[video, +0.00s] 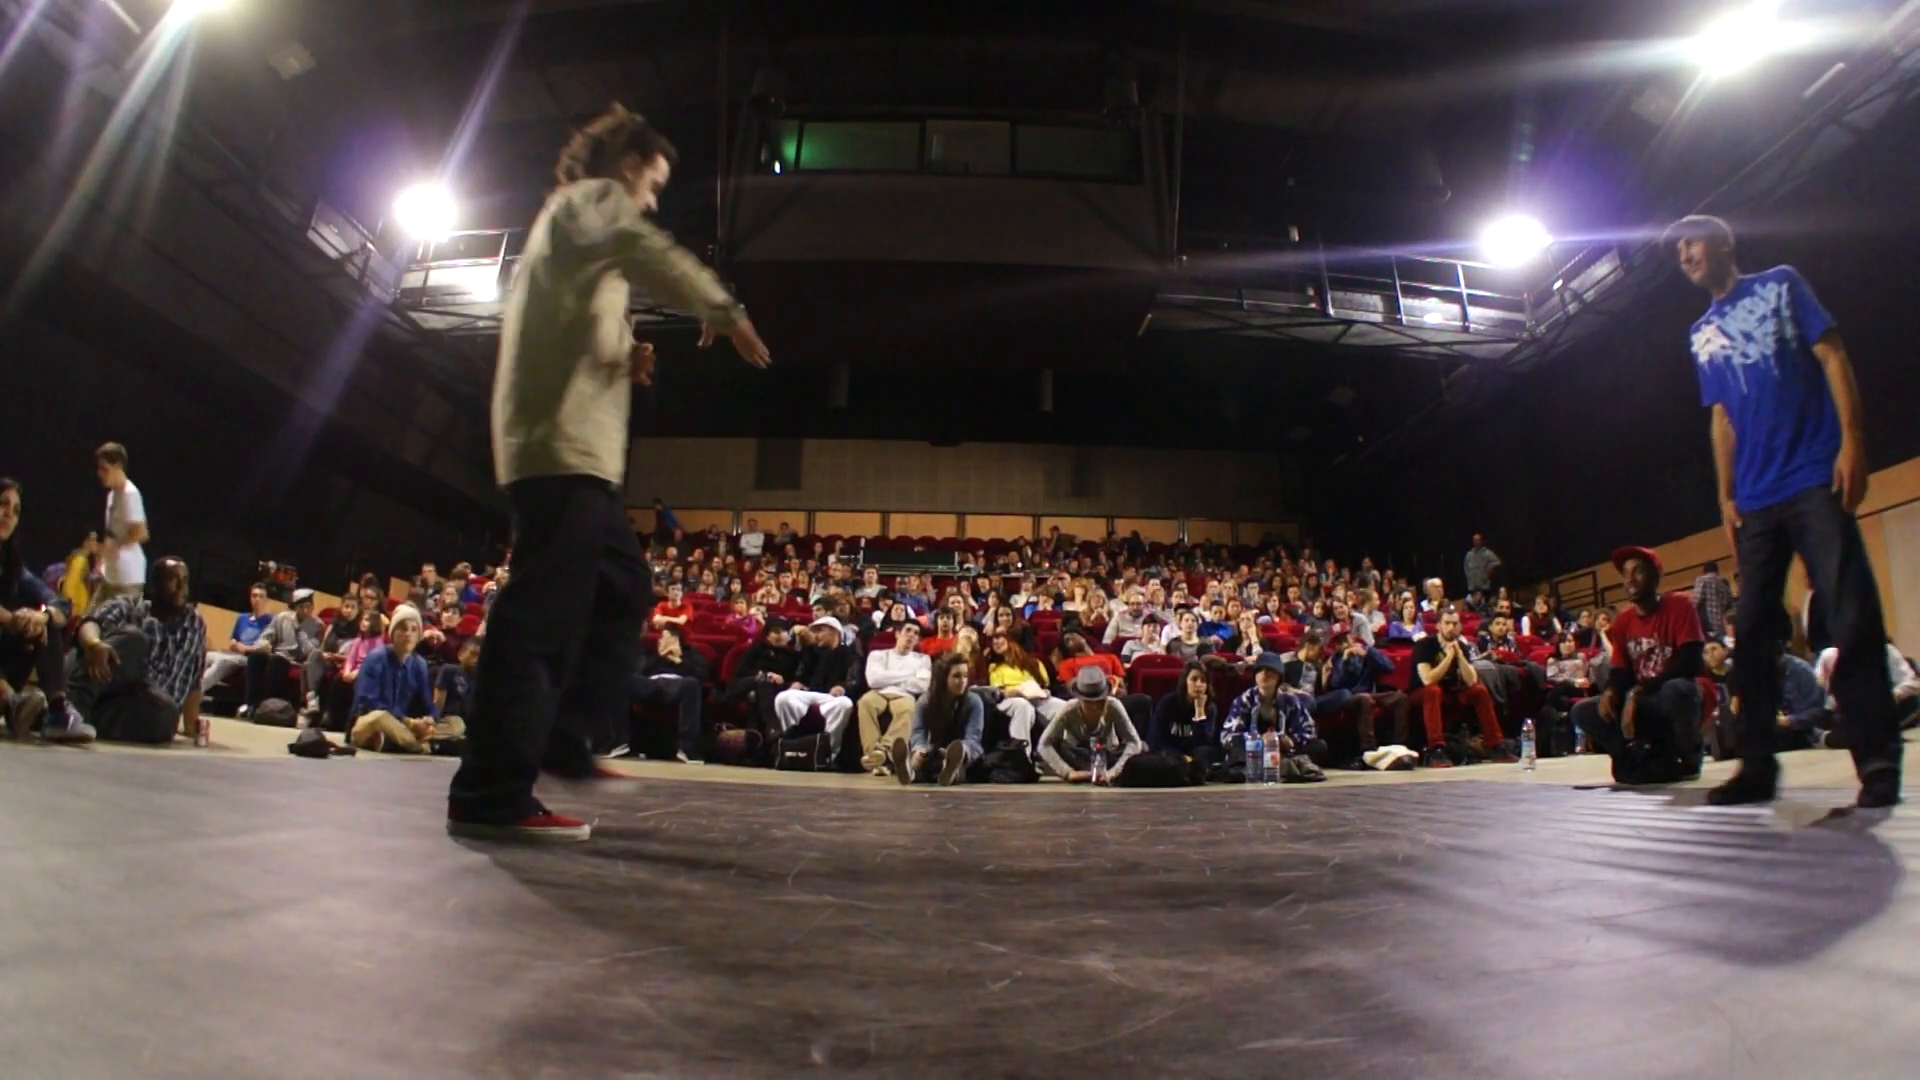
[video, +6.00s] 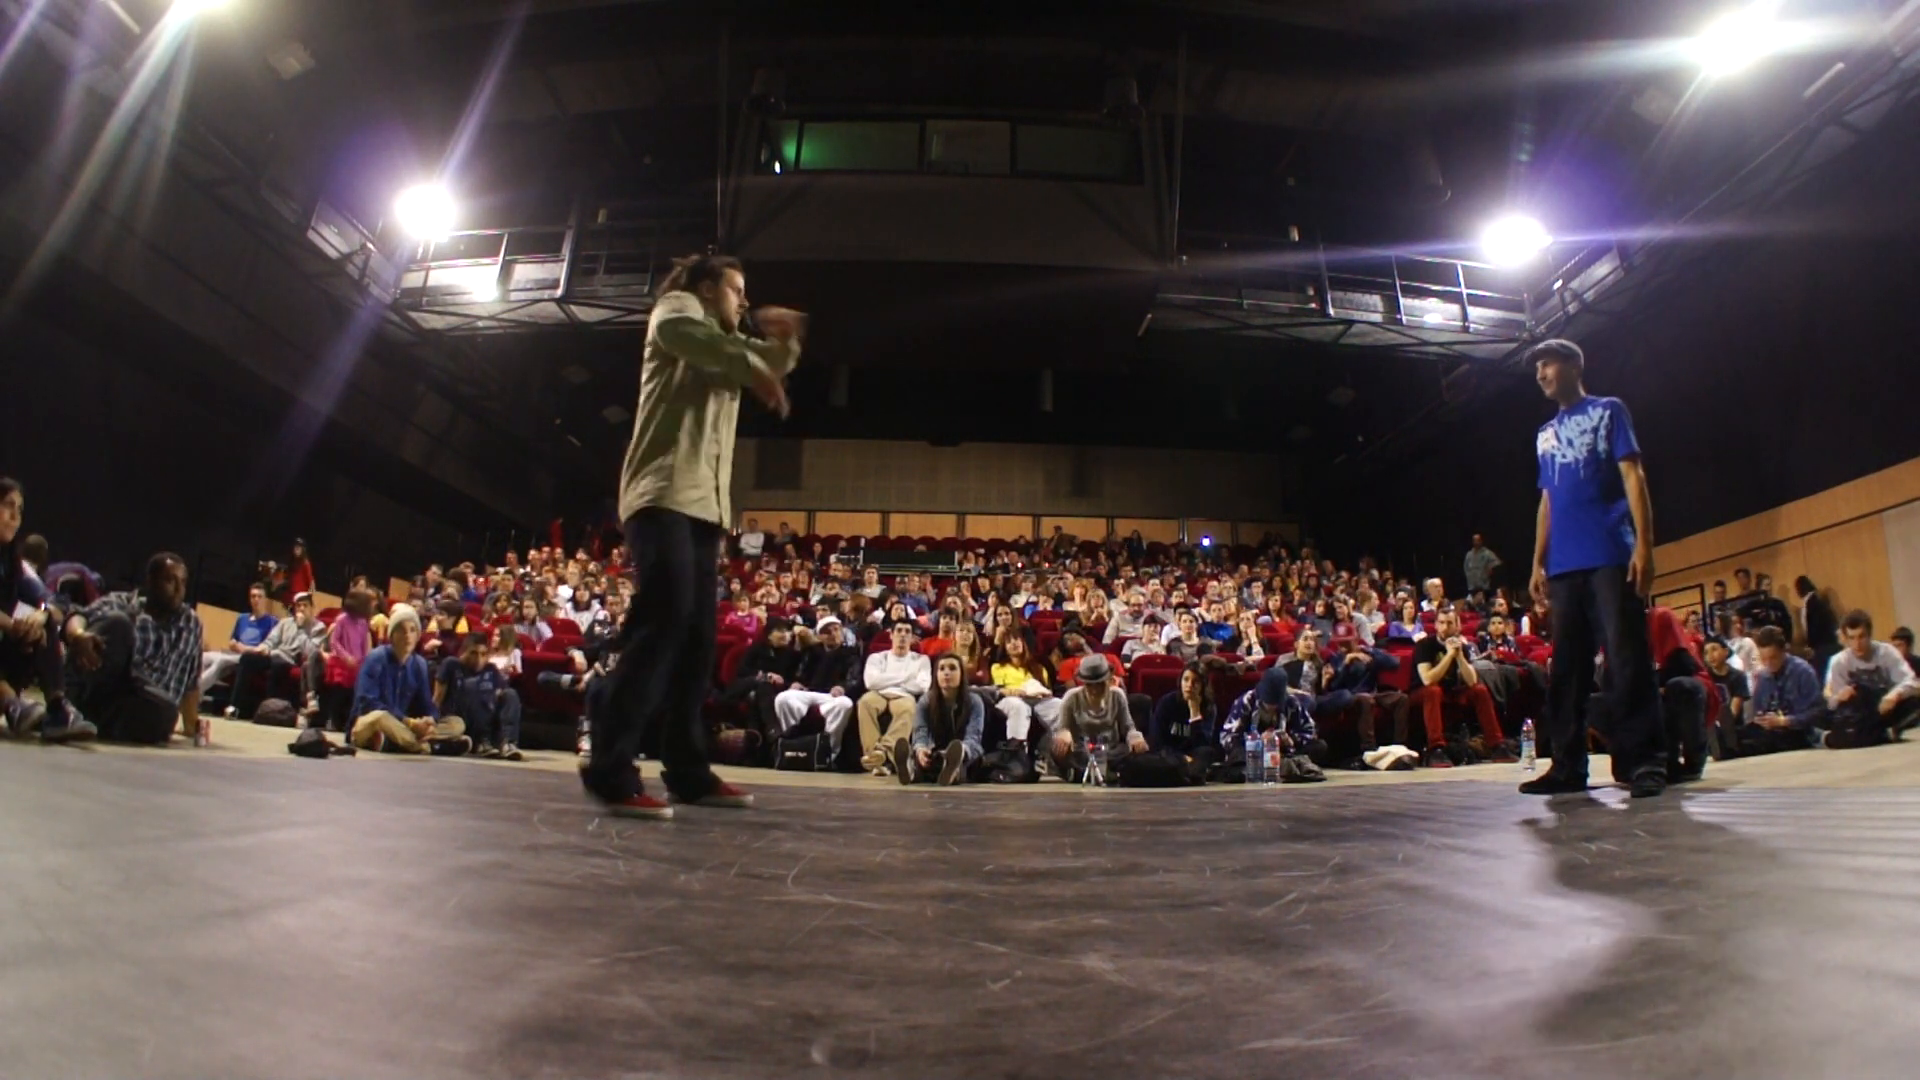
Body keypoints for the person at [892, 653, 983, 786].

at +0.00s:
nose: (962, 681)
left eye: (965, 676)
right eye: (956, 676)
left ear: (968, 678)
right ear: (943, 678)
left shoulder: (974, 702)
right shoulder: (926, 701)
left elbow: (973, 738)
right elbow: (918, 731)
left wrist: (960, 751)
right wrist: (919, 749)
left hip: (959, 750)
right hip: (932, 749)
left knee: (955, 762)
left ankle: (950, 772)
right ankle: (910, 770)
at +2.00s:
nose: (949, 672)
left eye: (955, 668)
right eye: (944, 667)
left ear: (963, 674)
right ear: (937, 673)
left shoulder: (975, 701)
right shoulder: (926, 701)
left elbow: (974, 738)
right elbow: (920, 730)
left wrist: (961, 751)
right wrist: (920, 747)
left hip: (962, 751)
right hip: (934, 749)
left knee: (956, 763)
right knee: (920, 761)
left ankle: (949, 774)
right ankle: (910, 769)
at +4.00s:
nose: (947, 672)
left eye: (952, 668)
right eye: (942, 668)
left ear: (962, 673)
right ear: (936, 674)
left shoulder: (974, 701)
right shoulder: (925, 701)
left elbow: (974, 738)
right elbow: (920, 730)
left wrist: (960, 751)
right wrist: (920, 747)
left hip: (962, 751)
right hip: (933, 750)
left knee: (956, 763)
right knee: (919, 760)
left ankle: (950, 773)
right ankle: (910, 769)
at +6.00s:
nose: (947, 673)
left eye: (952, 668)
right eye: (942, 669)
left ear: (961, 674)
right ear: (935, 674)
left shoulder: (974, 701)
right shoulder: (925, 701)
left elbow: (974, 738)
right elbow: (920, 731)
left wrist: (961, 751)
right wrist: (920, 748)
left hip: (962, 751)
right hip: (933, 750)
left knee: (955, 762)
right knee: (919, 761)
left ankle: (949, 773)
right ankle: (910, 768)